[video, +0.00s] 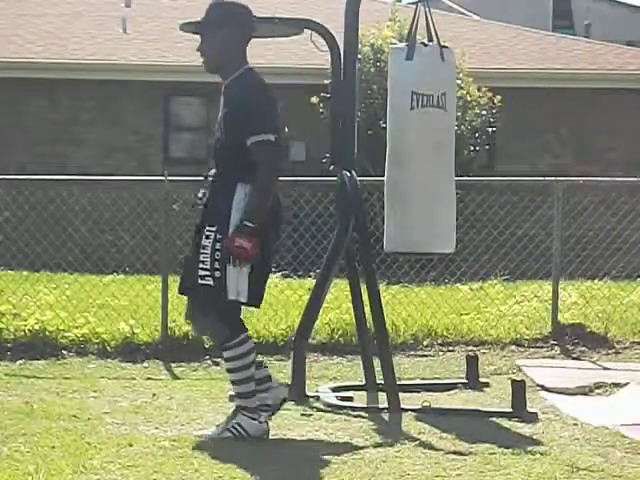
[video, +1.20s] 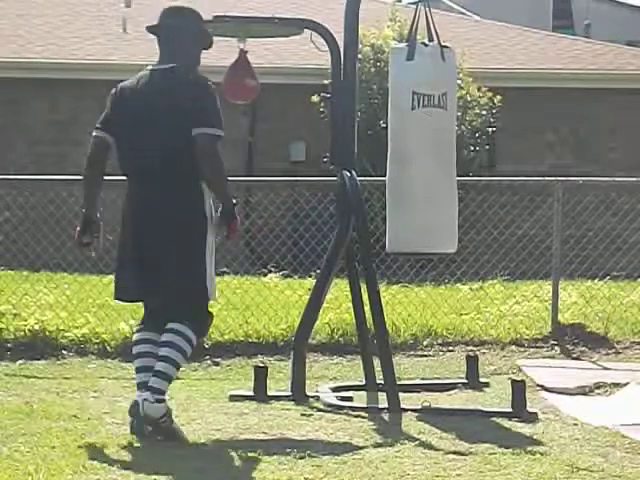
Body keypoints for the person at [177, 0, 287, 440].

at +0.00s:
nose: (199, 46)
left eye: (206, 37)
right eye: (200, 37)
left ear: (232, 39)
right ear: (226, 40)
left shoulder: (250, 89)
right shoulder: (235, 88)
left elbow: (267, 165)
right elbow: (237, 162)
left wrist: (251, 227)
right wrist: (215, 210)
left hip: (235, 218)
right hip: (220, 216)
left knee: (216, 311)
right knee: (205, 311)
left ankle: (253, 411)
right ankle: (262, 389)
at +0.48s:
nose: (157, 58)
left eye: (161, 47)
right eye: (156, 48)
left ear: (187, 45)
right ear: (180, 46)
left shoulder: (206, 93)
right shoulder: (193, 93)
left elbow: (223, 168)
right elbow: (198, 167)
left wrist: (202, 226)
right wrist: (177, 221)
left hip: (195, 218)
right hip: (182, 215)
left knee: (167, 313)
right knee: (169, 313)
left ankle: (225, 394)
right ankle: (203, 410)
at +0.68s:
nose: (130, 78)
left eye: (131, 67)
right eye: (127, 70)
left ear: (150, 60)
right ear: (162, 60)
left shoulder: (177, 100)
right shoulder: (197, 94)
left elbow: (190, 165)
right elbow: (244, 138)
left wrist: (175, 231)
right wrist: (215, 177)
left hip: (196, 224)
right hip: (216, 223)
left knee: (141, 310)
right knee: (184, 311)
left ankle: (178, 412)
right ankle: (206, 410)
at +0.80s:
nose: (116, 82)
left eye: (114, 74)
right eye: (113, 74)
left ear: (122, 67)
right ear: (153, 60)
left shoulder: (144, 95)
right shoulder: (190, 88)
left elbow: (158, 154)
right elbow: (243, 121)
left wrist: (143, 222)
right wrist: (235, 183)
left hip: (178, 215)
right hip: (218, 212)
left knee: (154, 313)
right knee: (217, 305)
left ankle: (176, 416)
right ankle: (246, 403)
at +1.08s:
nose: (144, 61)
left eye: (143, 54)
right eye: (177, 53)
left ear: (140, 55)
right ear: (182, 55)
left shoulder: (121, 100)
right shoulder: (206, 97)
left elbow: (103, 163)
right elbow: (233, 152)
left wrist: (88, 223)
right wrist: (249, 203)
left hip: (148, 217)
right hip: (199, 215)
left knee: (151, 316)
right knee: (198, 309)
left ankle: (173, 416)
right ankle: (206, 385)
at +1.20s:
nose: (206, 51)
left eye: (204, 44)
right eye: (204, 44)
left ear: (161, 41)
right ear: (193, 43)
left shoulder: (125, 91)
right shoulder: (198, 89)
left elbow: (97, 151)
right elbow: (206, 151)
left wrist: (89, 212)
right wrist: (228, 203)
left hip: (139, 215)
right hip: (184, 214)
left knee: (153, 309)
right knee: (194, 312)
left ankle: (147, 410)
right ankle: (151, 401)